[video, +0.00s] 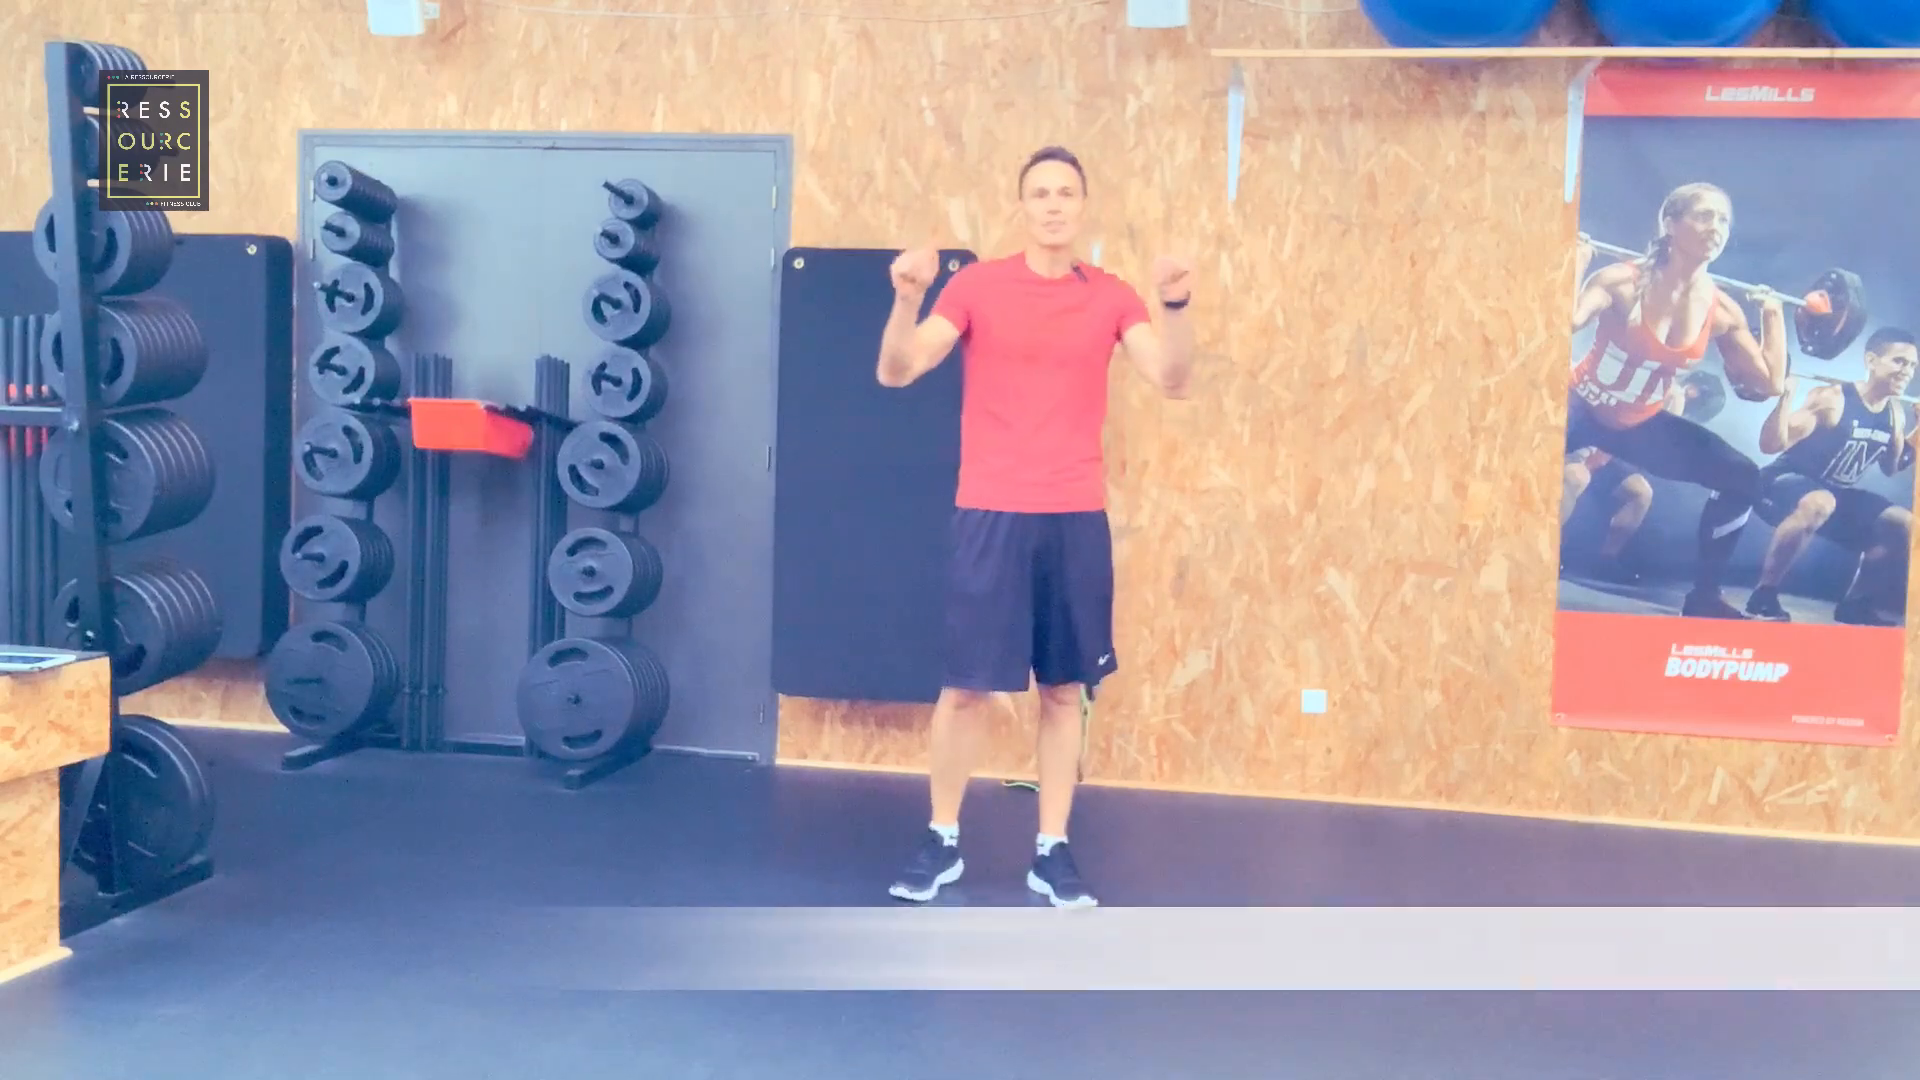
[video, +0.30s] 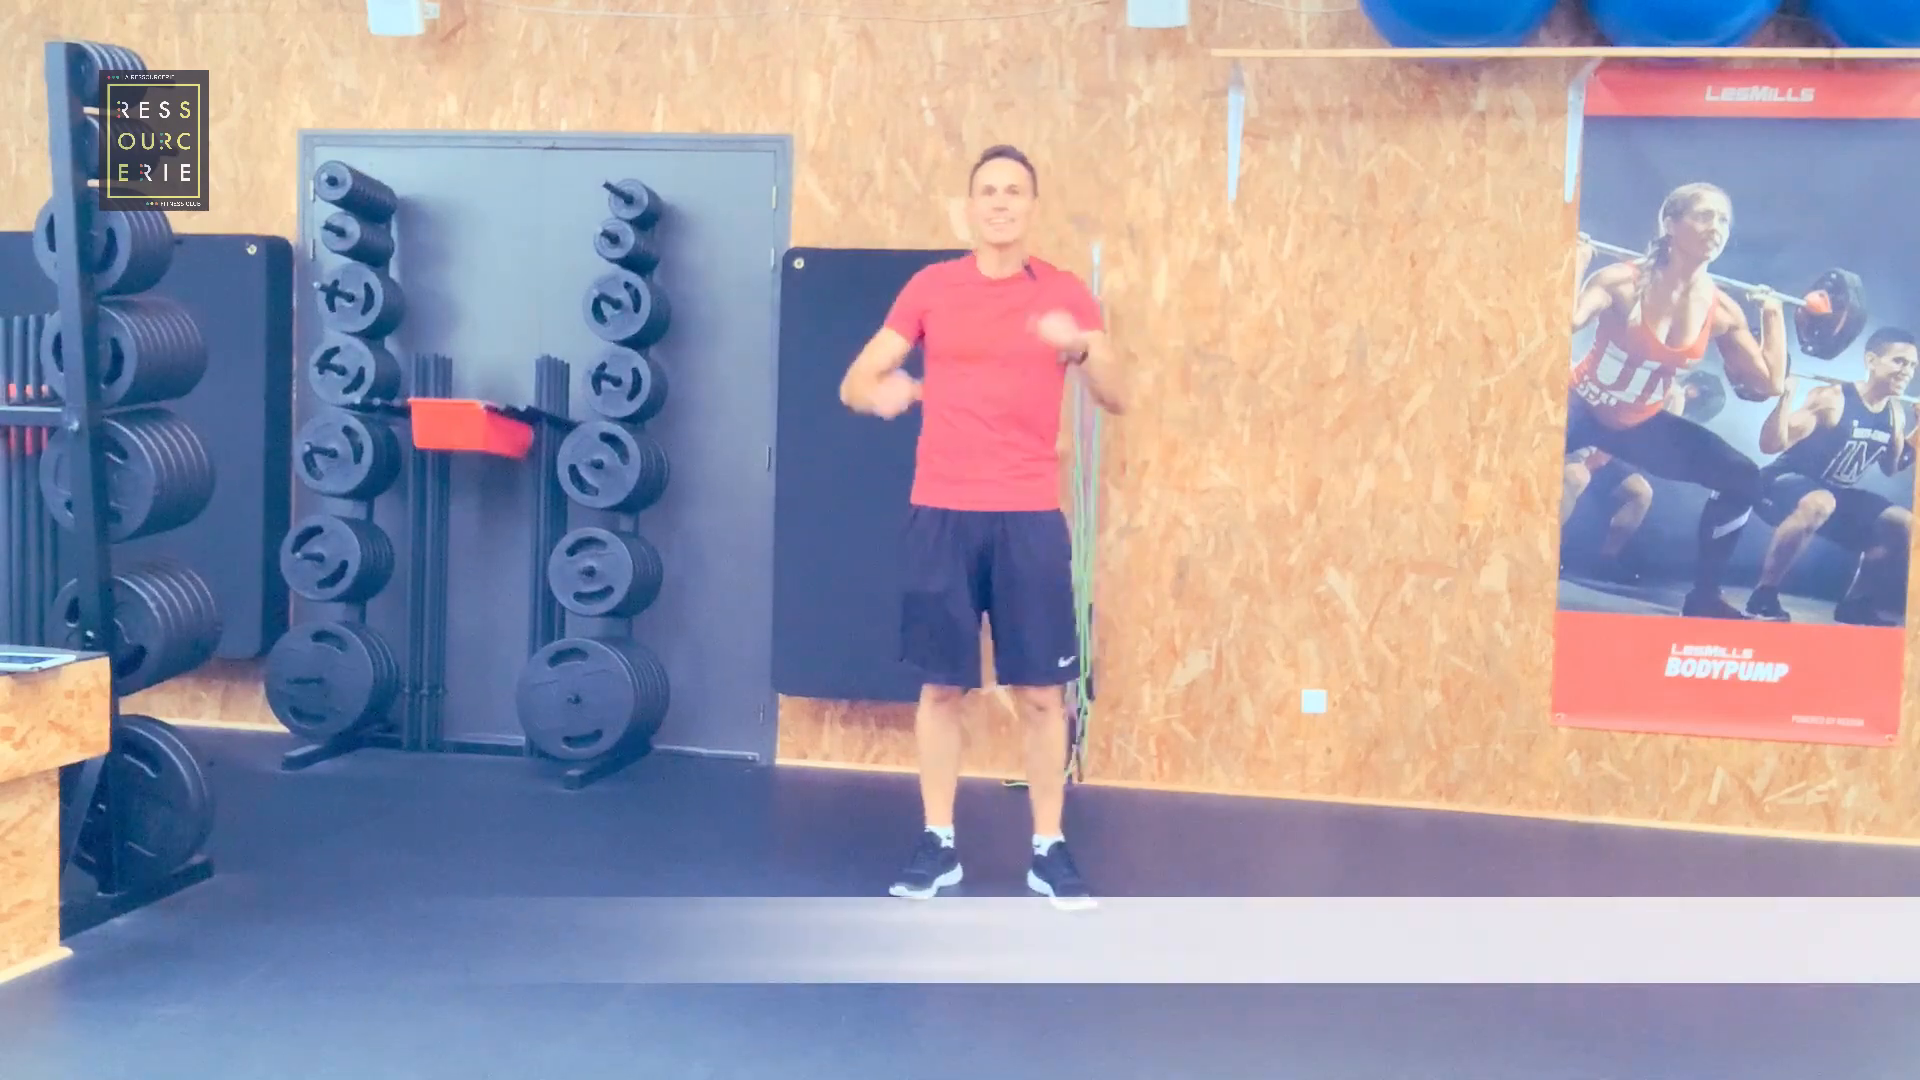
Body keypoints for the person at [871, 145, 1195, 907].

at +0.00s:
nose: (1053, 205)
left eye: (1065, 194)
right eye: (1040, 194)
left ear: (1086, 208)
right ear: (1019, 209)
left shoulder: (1110, 293)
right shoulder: (977, 283)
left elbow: (1172, 378)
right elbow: (895, 372)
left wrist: (1174, 305)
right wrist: (905, 300)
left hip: (1075, 514)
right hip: (989, 511)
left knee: (1064, 688)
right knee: (966, 686)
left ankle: (1052, 853)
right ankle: (942, 844)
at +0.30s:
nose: (999, 204)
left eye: (1013, 193)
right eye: (988, 192)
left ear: (1034, 208)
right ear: (968, 207)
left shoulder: (1069, 294)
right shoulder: (930, 287)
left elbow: (1116, 399)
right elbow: (855, 384)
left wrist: (1085, 346)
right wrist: (881, 391)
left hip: (1031, 513)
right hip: (942, 511)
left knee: (1041, 692)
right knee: (940, 685)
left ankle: (1049, 850)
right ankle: (937, 846)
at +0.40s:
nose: (983, 205)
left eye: (998, 194)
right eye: (972, 192)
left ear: (1019, 208)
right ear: (953, 204)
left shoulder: (1051, 296)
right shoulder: (916, 291)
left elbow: (1093, 401)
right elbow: (860, 396)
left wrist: (1055, 417)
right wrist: (871, 460)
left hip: (1017, 515)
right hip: (929, 513)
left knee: (1032, 694)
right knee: (935, 687)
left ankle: (1047, 844)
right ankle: (937, 846)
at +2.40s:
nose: (989, 153)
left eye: (1003, 141)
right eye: (972, 142)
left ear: (1029, 164)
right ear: (948, 166)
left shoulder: (1066, 270)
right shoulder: (907, 264)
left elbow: (1089, 395)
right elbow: (843, 393)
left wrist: (1107, 428)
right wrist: (892, 424)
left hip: (1037, 525)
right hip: (940, 524)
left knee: (1022, 730)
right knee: (942, 730)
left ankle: (979, 877)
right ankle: (942, 923)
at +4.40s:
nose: (1014, 197)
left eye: (1030, 185)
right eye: (1003, 182)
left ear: (1053, 200)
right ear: (981, 193)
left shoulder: (1085, 291)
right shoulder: (935, 289)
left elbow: (1123, 406)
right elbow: (883, 406)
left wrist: (1102, 496)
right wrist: (914, 494)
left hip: (1056, 529)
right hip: (961, 528)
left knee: (1058, 712)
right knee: (963, 707)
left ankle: (1066, 902)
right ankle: (959, 876)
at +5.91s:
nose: (1082, 208)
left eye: (1096, 198)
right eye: (1071, 195)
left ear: (1117, 215)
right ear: (1050, 207)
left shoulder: (1141, 308)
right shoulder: (1001, 294)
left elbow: (1155, 418)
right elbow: (945, 407)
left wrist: (1131, 517)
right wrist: (979, 507)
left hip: (1095, 529)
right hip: (1008, 524)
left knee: (1071, 696)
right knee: (982, 693)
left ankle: (1044, 851)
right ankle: (961, 865)